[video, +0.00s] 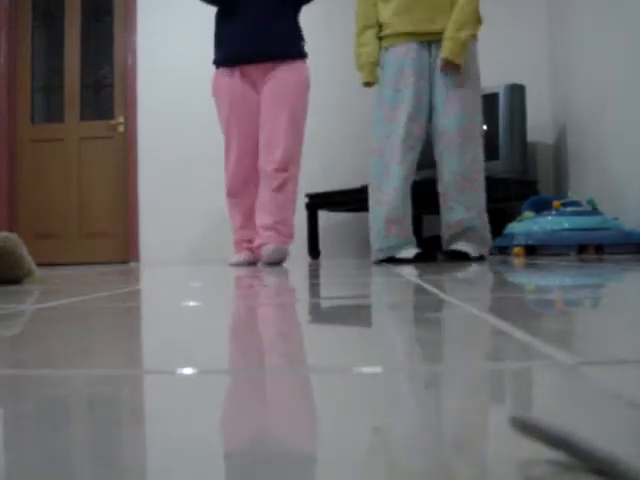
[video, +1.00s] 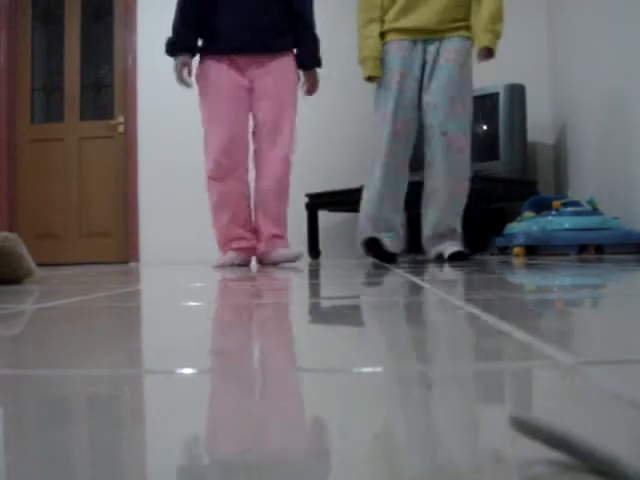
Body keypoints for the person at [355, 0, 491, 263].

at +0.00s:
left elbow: (470, 4)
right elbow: (367, 4)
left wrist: (457, 39)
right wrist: (367, 50)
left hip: (453, 37)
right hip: (399, 39)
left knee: (458, 141)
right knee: (395, 144)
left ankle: (466, 240)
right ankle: (392, 244)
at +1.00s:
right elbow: (370, 3)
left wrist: (486, 28)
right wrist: (369, 48)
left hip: (455, 27)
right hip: (399, 28)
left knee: (449, 134)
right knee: (393, 133)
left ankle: (445, 240)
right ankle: (384, 238)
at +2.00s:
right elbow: (361, 4)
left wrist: (474, 25)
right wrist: (361, 50)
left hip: (447, 24)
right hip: (391, 29)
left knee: (455, 136)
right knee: (387, 138)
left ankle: (463, 238)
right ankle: (386, 236)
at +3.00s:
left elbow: (487, 1)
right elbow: (376, 4)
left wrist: (484, 38)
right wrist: (377, 54)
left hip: (456, 31)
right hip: (403, 32)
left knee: (452, 136)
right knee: (402, 139)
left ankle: (462, 239)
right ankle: (402, 243)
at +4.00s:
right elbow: (376, 5)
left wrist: (485, 26)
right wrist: (378, 55)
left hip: (461, 25)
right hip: (404, 30)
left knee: (468, 132)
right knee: (406, 135)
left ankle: (475, 232)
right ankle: (403, 236)